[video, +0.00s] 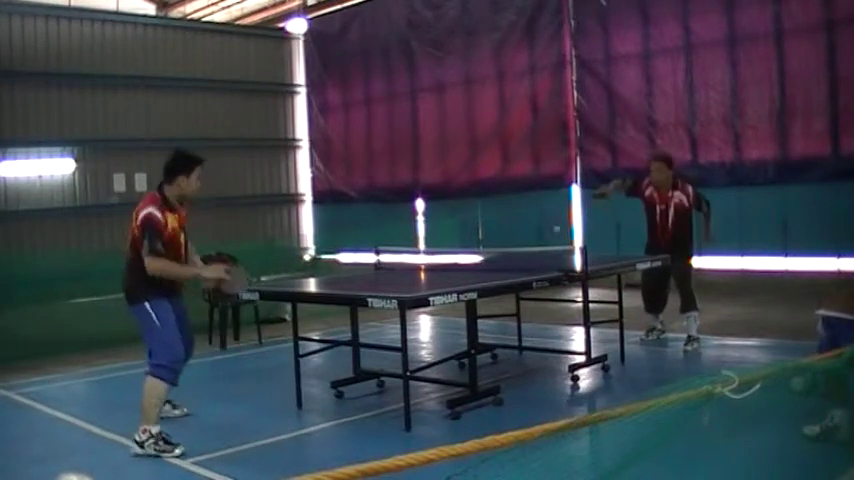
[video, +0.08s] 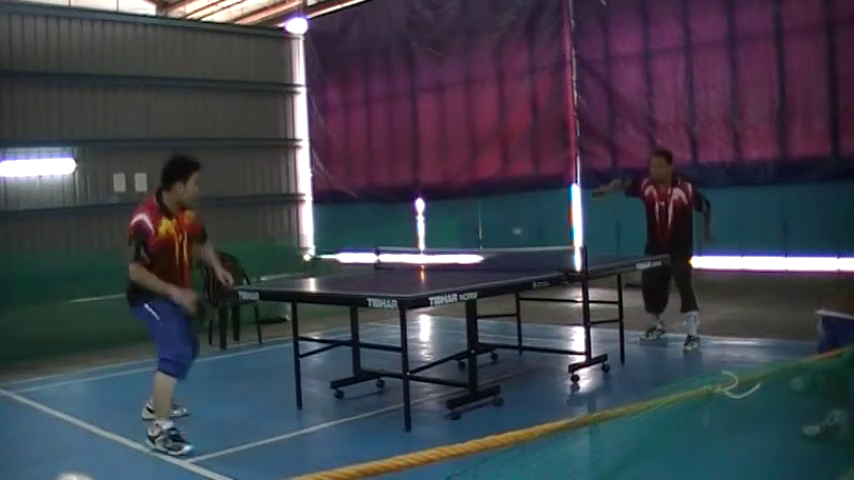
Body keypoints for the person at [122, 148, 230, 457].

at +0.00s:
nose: (199, 184)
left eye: (198, 178)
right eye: (195, 178)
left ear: (178, 179)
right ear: (179, 179)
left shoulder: (176, 209)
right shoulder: (151, 213)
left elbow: (183, 246)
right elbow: (152, 264)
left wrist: (204, 266)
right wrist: (199, 272)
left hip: (168, 290)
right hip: (147, 293)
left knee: (184, 346)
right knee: (168, 353)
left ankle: (159, 401)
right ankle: (147, 432)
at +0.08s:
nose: (197, 190)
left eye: (197, 184)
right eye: (193, 184)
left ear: (179, 185)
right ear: (176, 184)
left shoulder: (188, 215)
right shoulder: (146, 219)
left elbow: (202, 244)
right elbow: (135, 270)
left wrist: (217, 269)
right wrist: (175, 292)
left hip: (176, 294)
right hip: (149, 295)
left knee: (188, 348)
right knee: (174, 350)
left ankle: (158, 404)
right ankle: (160, 427)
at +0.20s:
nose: (200, 204)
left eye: (200, 198)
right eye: (196, 199)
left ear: (186, 201)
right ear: (176, 202)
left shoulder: (204, 226)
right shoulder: (144, 231)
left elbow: (229, 257)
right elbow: (118, 273)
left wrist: (231, 269)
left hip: (184, 302)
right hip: (153, 304)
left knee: (196, 355)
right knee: (185, 356)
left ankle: (156, 403)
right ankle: (195, 430)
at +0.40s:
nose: (209, 227)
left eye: (208, 221)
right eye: (203, 222)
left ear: (187, 228)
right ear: (183, 228)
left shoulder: (218, 242)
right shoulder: (155, 254)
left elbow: (255, 255)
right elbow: (122, 292)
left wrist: (275, 268)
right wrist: (106, 332)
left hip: (201, 315)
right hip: (171, 316)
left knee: (197, 366)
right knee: (206, 362)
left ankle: (157, 405)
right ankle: (206, 434)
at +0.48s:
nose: (215, 226)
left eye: (214, 219)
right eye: (209, 221)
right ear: (189, 228)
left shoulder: (222, 237)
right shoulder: (164, 256)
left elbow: (262, 239)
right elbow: (135, 297)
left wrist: (292, 262)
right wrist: (118, 338)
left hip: (206, 313)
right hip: (176, 316)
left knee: (199, 363)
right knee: (216, 354)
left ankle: (160, 400)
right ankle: (208, 434)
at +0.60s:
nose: (225, 216)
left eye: (226, 210)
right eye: (219, 211)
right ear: (199, 214)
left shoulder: (209, 221)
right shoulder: (187, 246)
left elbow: (232, 211)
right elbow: (193, 292)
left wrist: (262, 222)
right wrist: (233, 295)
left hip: (199, 306)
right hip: (179, 313)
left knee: (215, 345)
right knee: (229, 354)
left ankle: (179, 390)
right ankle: (210, 432)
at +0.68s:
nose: (229, 213)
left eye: (231, 207)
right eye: (225, 207)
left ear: (204, 206)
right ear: (207, 207)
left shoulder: (186, 221)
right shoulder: (205, 234)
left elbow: (223, 216)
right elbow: (250, 232)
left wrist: (252, 210)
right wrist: (277, 189)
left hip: (182, 310)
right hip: (184, 320)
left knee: (218, 337)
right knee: (235, 358)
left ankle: (190, 391)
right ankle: (211, 433)